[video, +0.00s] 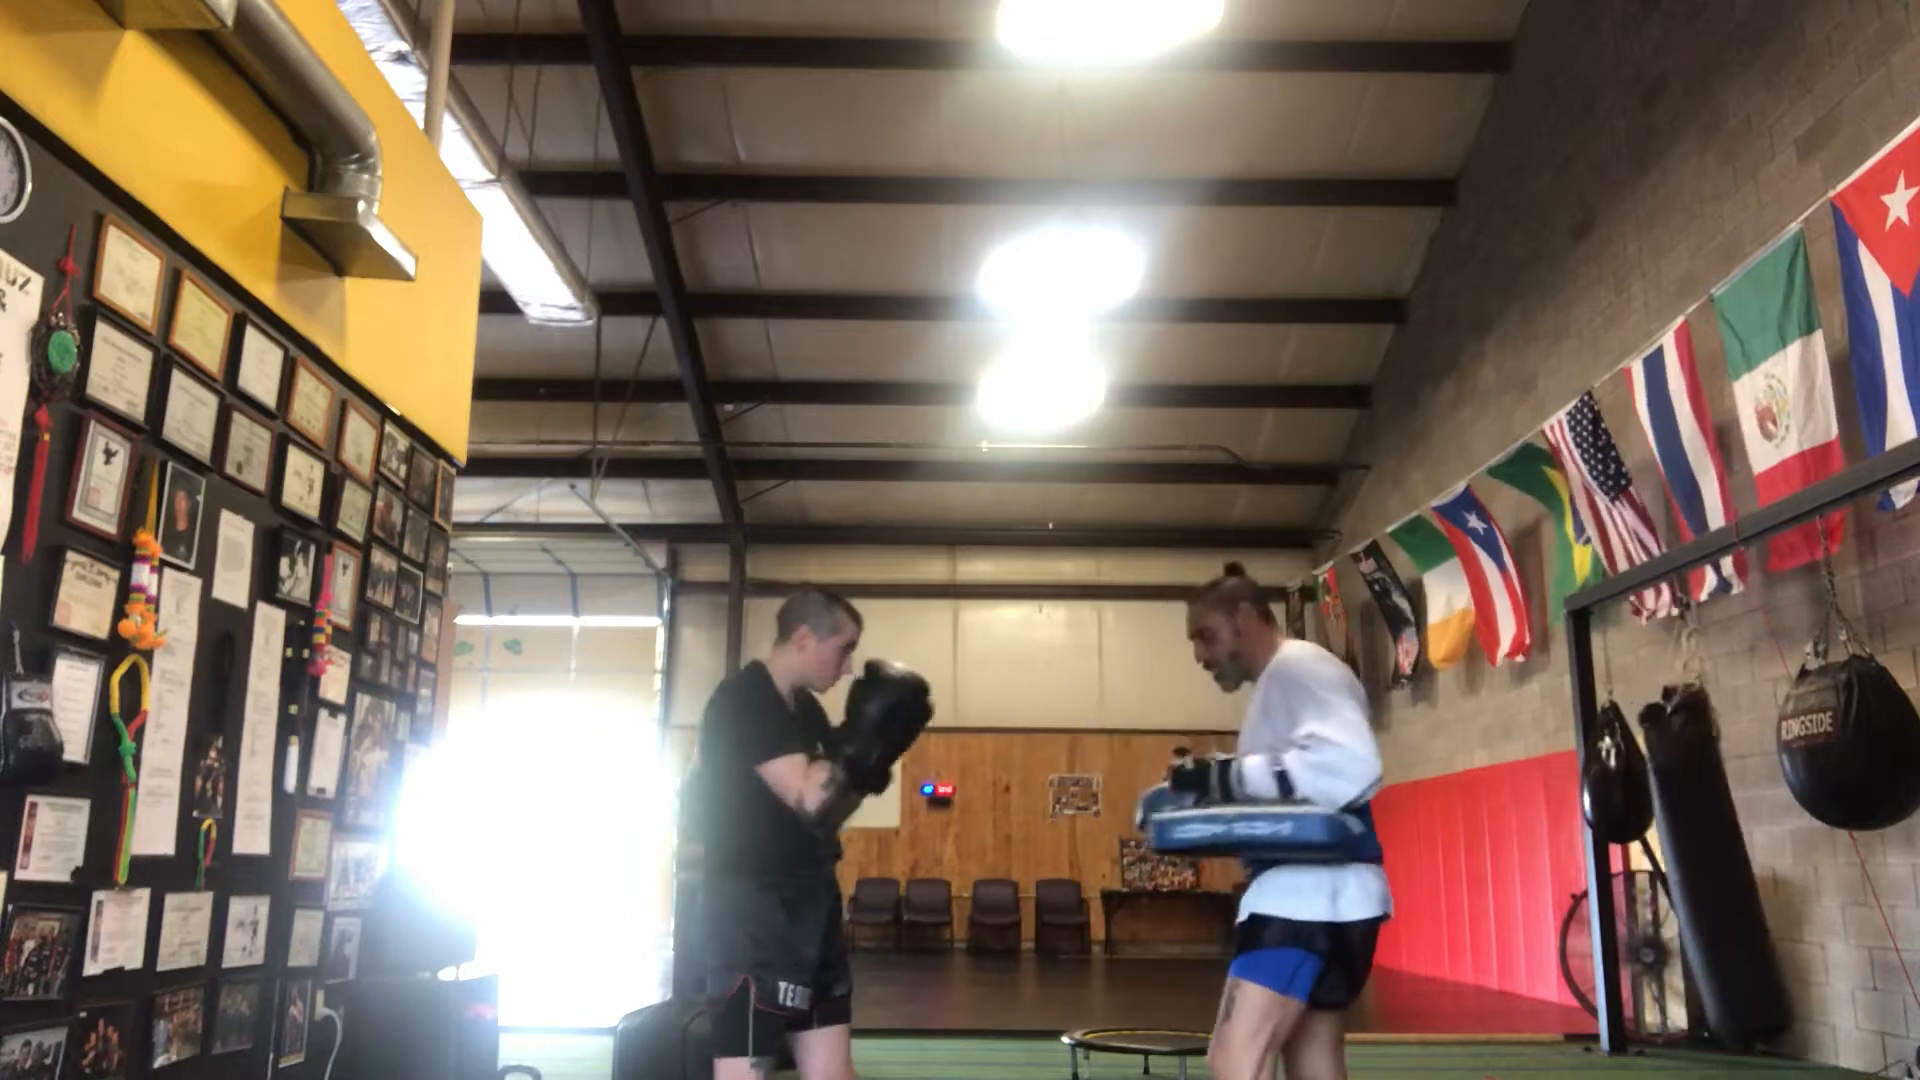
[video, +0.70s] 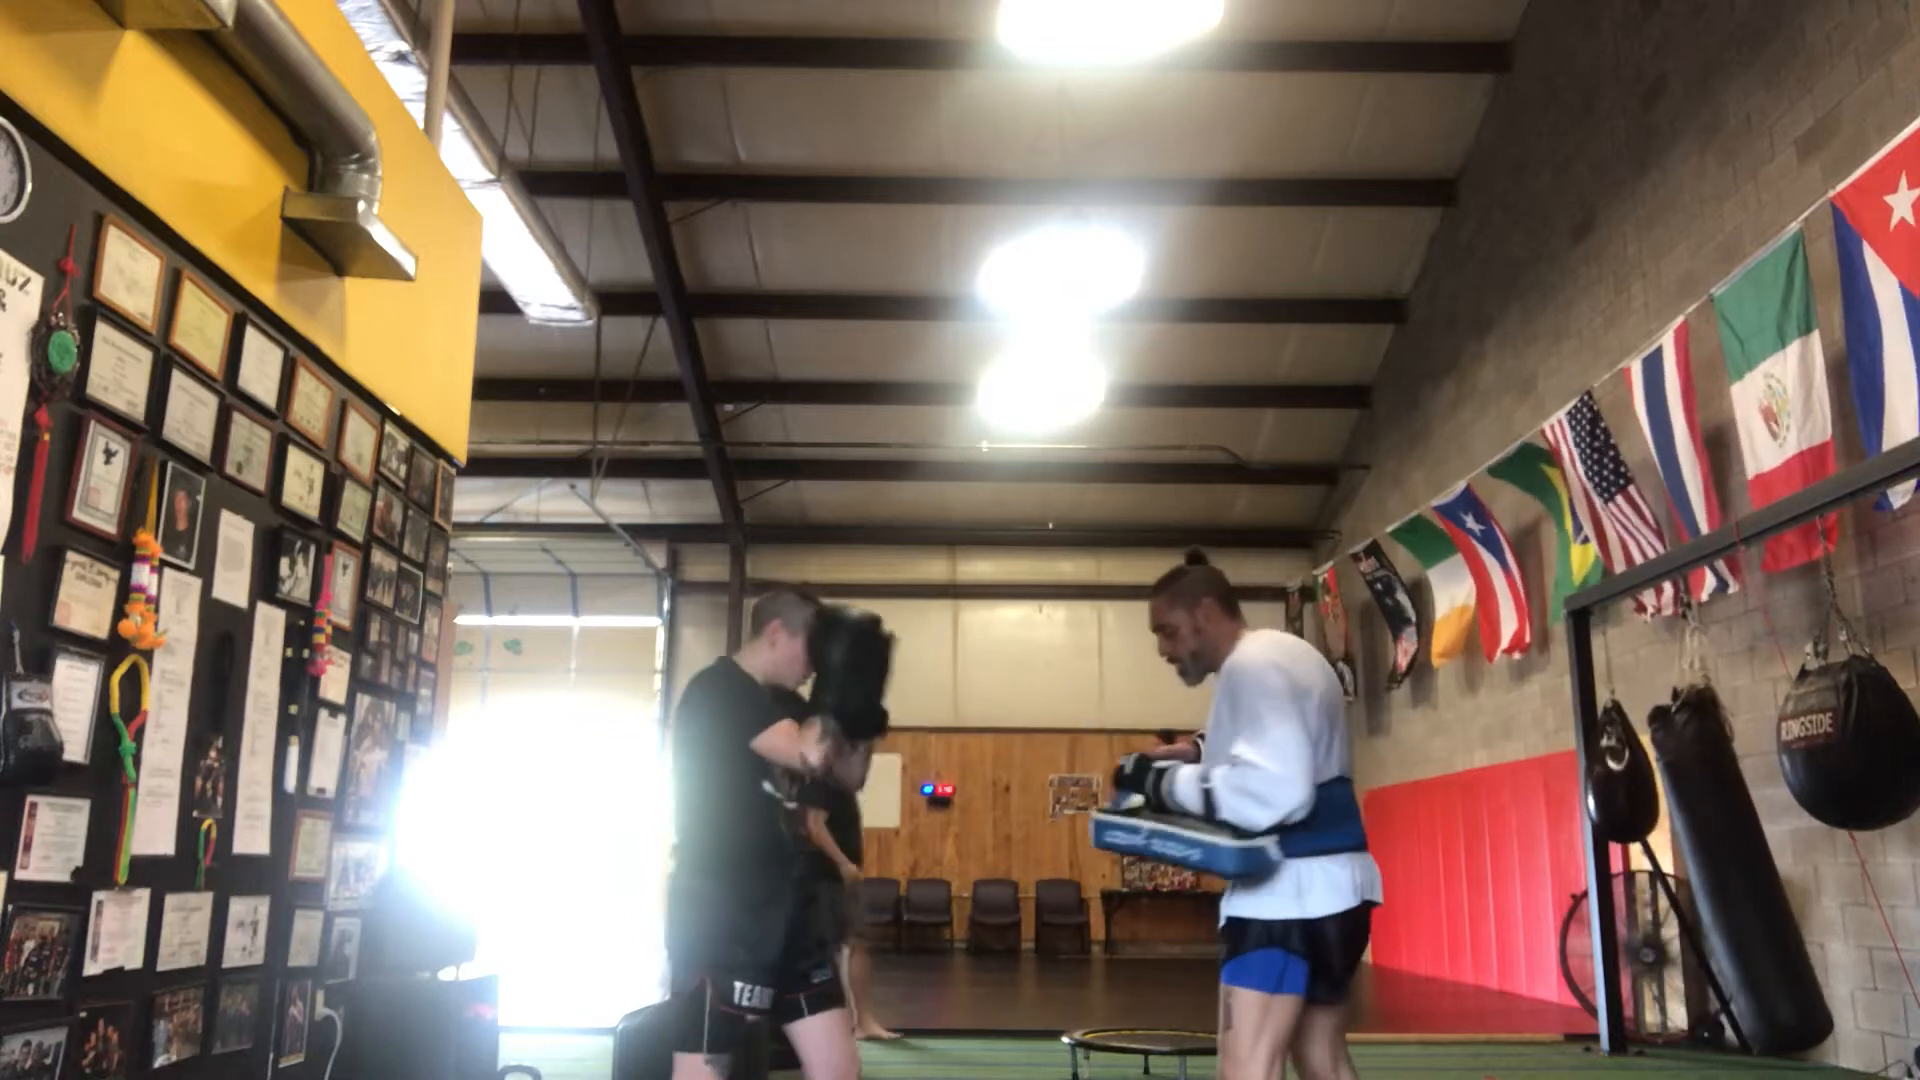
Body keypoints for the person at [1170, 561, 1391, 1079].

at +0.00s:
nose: (1199, 655)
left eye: (1206, 636)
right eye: (1195, 641)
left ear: (1246, 621)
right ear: (1245, 624)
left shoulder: (1301, 666)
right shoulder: (1276, 685)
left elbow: (1349, 764)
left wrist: (1227, 778)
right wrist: (1213, 781)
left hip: (1307, 895)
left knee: (1234, 1059)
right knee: (1316, 1065)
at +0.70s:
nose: (1163, 649)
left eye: (1168, 632)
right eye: (1159, 636)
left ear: (1208, 613)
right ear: (1212, 612)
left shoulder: (1254, 666)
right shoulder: (1297, 654)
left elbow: (1272, 791)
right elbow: (1287, 759)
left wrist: (1162, 780)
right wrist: (1202, 752)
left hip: (1282, 897)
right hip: (1333, 889)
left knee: (1247, 1066)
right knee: (1323, 1059)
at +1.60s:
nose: (1211, 650)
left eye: (1214, 633)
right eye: (1206, 638)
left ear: (1251, 614)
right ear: (1254, 615)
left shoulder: (1298, 662)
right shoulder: (1336, 663)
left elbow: (1277, 768)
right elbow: (1307, 769)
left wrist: (1178, 725)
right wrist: (1232, 713)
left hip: (1313, 885)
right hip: (1363, 885)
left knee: (1245, 1049)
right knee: (1356, 1063)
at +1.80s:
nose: (1200, 648)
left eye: (1202, 631)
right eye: (1196, 635)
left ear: (1239, 614)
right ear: (1248, 615)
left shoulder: (1274, 668)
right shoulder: (1335, 665)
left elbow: (1242, 781)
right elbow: (1302, 768)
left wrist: (1142, 744)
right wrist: (1228, 720)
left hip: (1299, 895)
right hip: (1360, 889)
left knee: (1266, 1063)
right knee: (1354, 1060)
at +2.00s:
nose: (1182, 643)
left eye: (1184, 627)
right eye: (1178, 631)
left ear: (1219, 609)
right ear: (1229, 609)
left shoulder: (1238, 667)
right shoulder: (1325, 660)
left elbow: (1156, 755)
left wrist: (1053, 717)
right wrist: (1188, 712)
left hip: (1276, 895)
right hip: (1350, 890)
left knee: (1242, 1068)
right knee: (1347, 1064)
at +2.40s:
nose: (1166, 643)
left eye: (1166, 627)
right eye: (1161, 630)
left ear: (1201, 607)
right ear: (1215, 605)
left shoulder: (1225, 662)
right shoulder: (1314, 660)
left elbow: (1166, 749)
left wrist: (1074, 691)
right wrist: (1158, 717)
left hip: (1266, 889)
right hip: (1340, 883)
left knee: (1245, 1061)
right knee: (1330, 1050)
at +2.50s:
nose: (1170, 639)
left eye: (1173, 622)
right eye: (1166, 626)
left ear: (1210, 608)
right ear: (1216, 607)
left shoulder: (1242, 660)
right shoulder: (1315, 661)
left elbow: (1216, 768)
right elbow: (1290, 760)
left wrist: (1111, 736)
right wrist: (1205, 718)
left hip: (1269, 892)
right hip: (1336, 886)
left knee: (1246, 1065)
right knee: (1338, 1060)